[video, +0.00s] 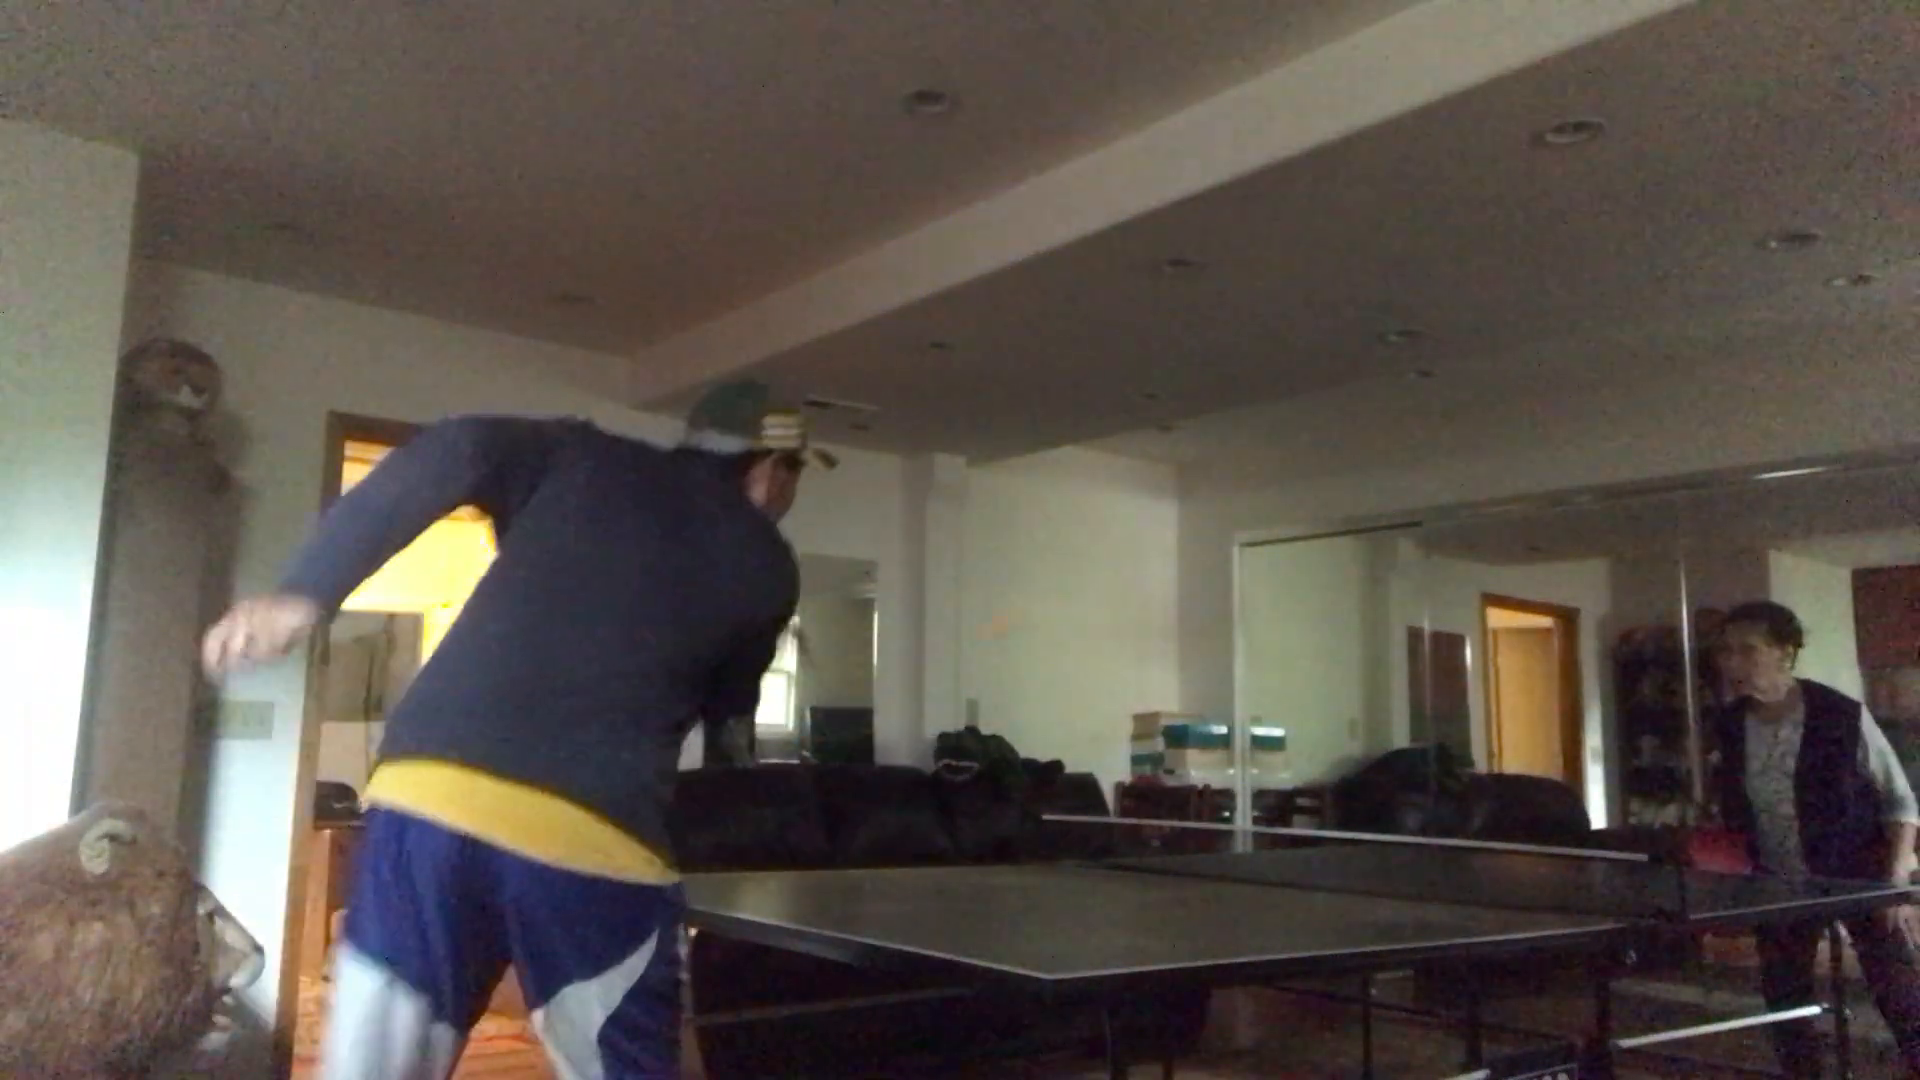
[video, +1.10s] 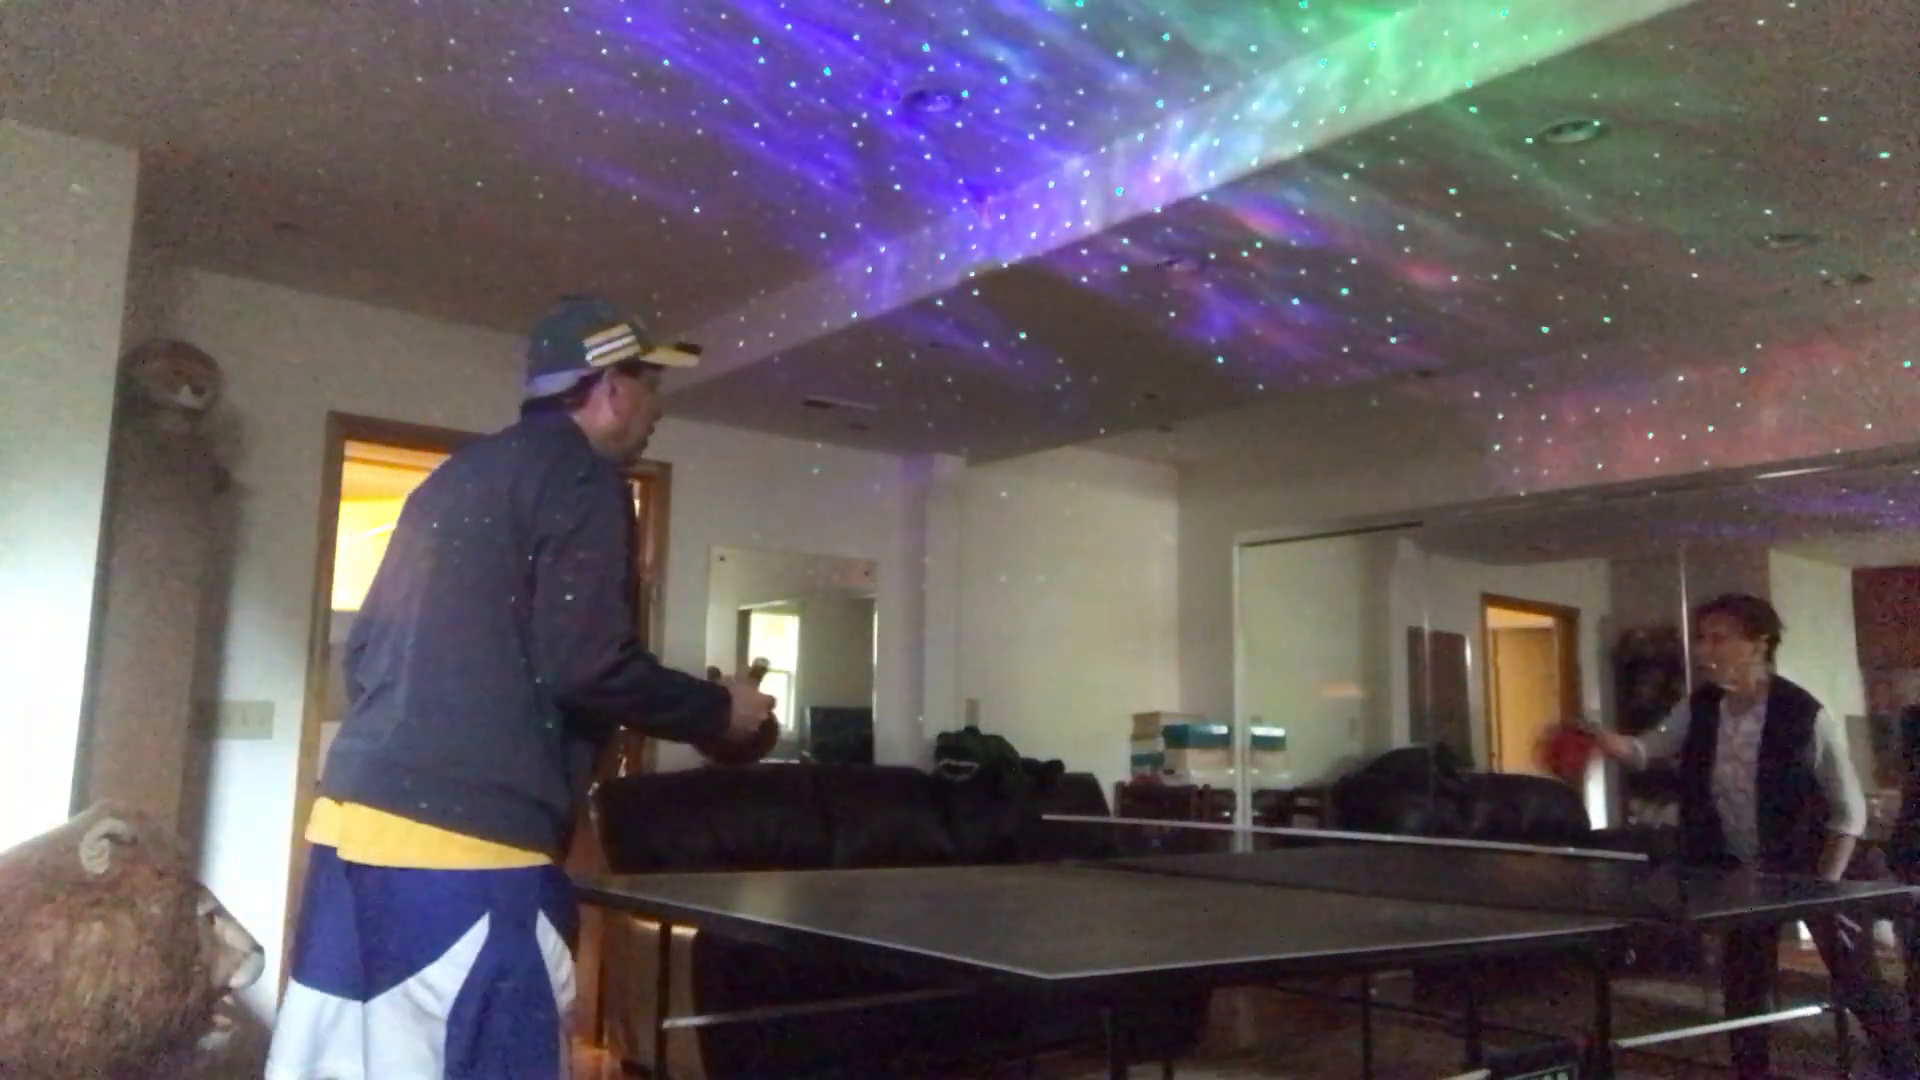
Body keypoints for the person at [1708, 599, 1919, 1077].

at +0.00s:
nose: (1733, 663)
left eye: (1745, 649)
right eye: (1728, 651)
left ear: (1784, 653)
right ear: (1722, 660)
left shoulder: (1842, 715)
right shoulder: (1729, 726)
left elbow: (1901, 802)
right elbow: (1728, 814)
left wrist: (1899, 885)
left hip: (1855, 877)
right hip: (1777, 884)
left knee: (1901, 995)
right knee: (1784, 1006)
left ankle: (1916, 1061)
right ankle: (1802, 1072)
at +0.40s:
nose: (1698, 672)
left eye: (1708, 659)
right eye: (1696, 661)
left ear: (1747, 658)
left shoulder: (1811, 723)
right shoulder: (1712, 731)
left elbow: (1878, 812)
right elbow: (1710, 816)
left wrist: (1856, 893)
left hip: (1834, 881)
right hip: (1766, 885)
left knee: (1884, 988)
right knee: (1745, 987)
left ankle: (1909, 1060)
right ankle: (1752, 1070)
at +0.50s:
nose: (1677, 677)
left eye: (1686, 662)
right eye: (1674, 664)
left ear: (1724, 658)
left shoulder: (1790, 720)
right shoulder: (1702, 724)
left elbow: (1852, 812)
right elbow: (1707, 805)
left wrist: (1829, 895)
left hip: (1813, 877)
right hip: (1748, 881)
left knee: (1869, 991)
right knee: (1742, 1002)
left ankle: (1906, 1063)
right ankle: (1751, 1071)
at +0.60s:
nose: (1666, 675)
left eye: (1674, 660)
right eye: (1662, 663)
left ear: (1710, 653)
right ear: (1707, 657)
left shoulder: (1778, 716)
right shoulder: (1703, 721)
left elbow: (1833, 811)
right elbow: (1713, 809)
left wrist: (1805, 893)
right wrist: (1728, 882)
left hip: (1802, 875)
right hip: (1744, 878)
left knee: (1854, 992)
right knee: (1739, 987)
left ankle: (1903, 1067)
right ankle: (1753, 1068)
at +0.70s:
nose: (1661, 669)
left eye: (1669, 654)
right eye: (1659, 657)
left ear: (1708, 650)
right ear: (1703, 654)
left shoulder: (1772, 715)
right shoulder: (1699, 718)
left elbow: (1825, 810)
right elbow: (1710, 805)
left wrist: (1795, 892)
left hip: (1795, 866)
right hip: (1738, 872)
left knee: (1844, 982)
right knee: (1736, 983)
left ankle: (1896, 1060)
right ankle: (1750, 1068)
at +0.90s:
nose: (1675, 653)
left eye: (1684, 640)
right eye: (1675, 642)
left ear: (1722, 644)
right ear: (1714, 647)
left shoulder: (1788, 711)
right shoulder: (1694, 711)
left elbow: (1839, 803)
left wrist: (1812, 889)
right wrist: (1596, 724)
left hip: (1797, 875)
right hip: (1732, 880)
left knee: (1855, 990)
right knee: (1738, 992)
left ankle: (1902, 1068)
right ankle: (1748, 1070)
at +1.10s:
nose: (1707, 651)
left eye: (1719, 639)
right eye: (1703, 640)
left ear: (1759, 643)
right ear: (1702, 647)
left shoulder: (1803, 712)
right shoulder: (1699, 707)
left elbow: (1849, 809)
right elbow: (1650, 749)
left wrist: (1824, 890)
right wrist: (1602, 739)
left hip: (1807, 862)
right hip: (1739, 869)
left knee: (1860, 983)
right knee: (1744, 988)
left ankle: (1902, 1067)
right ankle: (1750, 1069)